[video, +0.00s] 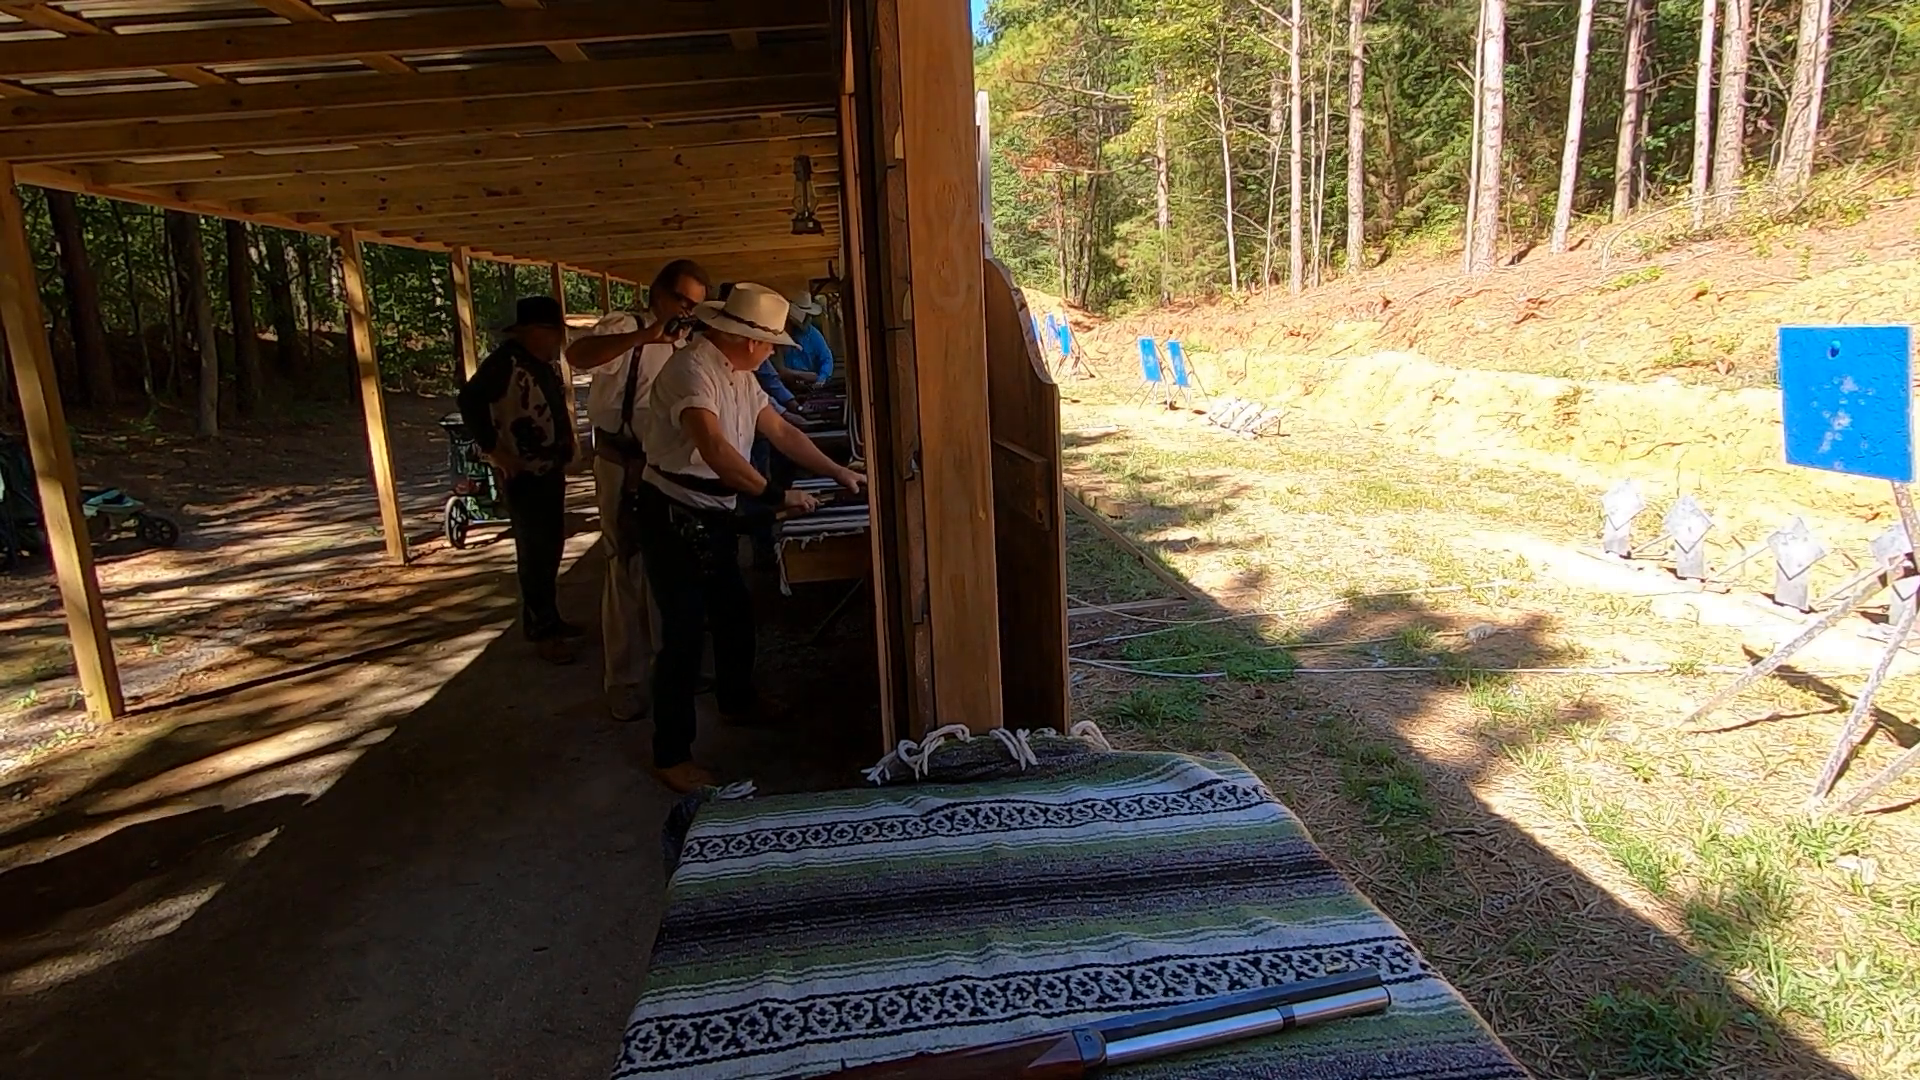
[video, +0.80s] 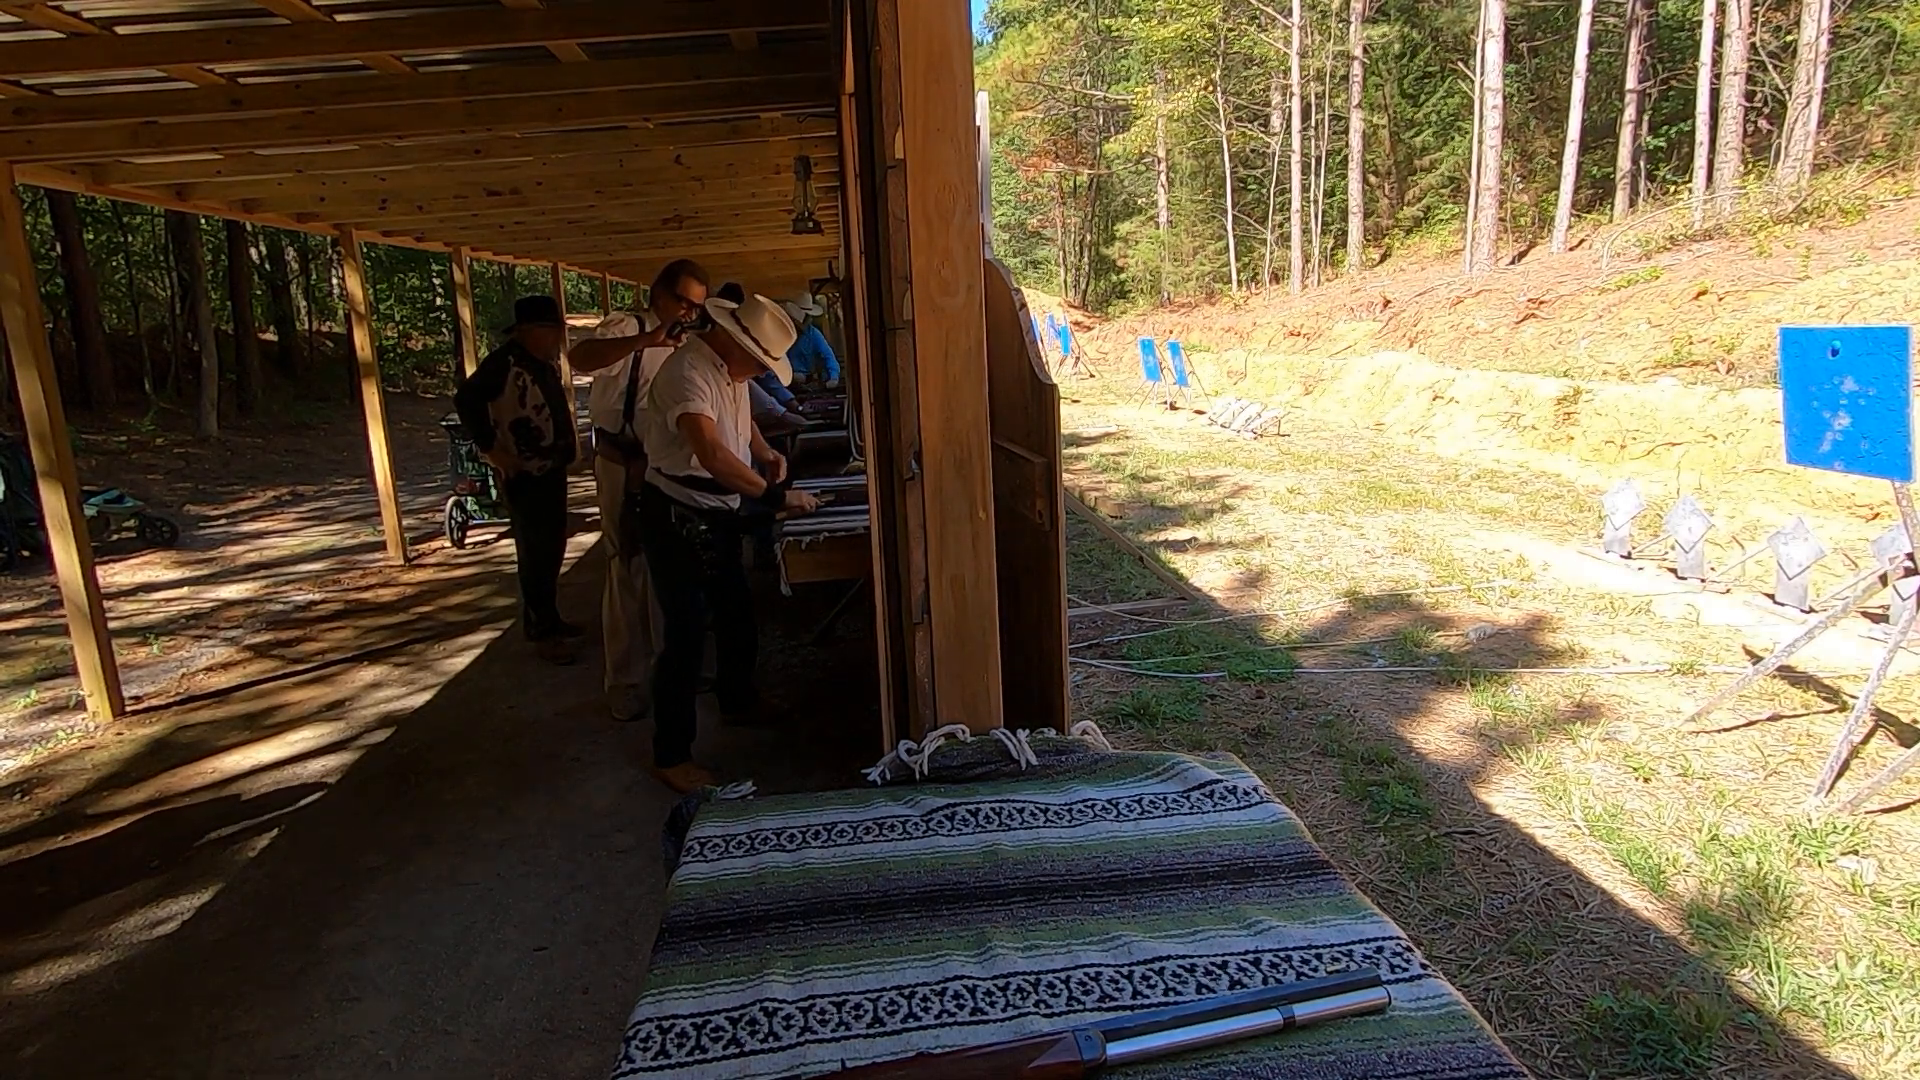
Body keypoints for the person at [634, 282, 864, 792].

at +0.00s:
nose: (771, 354)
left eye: (773, 346)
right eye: (770, 345)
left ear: (744, 340)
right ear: (750, 341)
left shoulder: (742, 375)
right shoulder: (690, 367)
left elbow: (780, 430)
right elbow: (711, 446)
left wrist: (838, 470)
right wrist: (774, 493)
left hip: (716, 514)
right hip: (670, 514)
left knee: (734, 613)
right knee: (685, 632)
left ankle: (739, 704)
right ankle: (671, 756)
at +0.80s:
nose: (758, 373)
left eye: (762, 366)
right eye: (757, 364)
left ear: (744, 346)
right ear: (734, 344)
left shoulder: (731, 370)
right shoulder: (687, 372)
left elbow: (743, 425)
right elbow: (709, 453)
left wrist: (765, 453)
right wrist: (775, 495)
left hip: (721, 512)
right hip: (676, 514)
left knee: (736, 615)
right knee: (685, 634)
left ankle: (740, 706)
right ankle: (671, 756)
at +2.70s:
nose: (752, 372)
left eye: (755, 365)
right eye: (750, 363)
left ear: (725, 348)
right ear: (724, 348)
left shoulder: (718, 377)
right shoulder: (681, 377)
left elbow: (722, 444)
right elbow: (707, 459)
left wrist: (749, 466)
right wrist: (778, 495)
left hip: (716, 516)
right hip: (673, 520)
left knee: (739, 615)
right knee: (689, 636)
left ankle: (739, 708)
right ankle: (672, 757)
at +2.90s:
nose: (753, 373)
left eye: (757, 366)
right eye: (752, 364)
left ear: (725, 349)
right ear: (727, 350)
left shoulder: (718, 378)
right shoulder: (682, 378)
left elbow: (723, 443)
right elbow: (706, 459)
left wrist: (748, 466)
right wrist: (777, 496)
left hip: (716, 516)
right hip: (673, 520)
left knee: (740, 614)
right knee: (689, 636)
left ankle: (739, 708)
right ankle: (672, 758)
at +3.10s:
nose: (756, 374)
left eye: (759, 367)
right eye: (753, 365)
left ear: (726, 349)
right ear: (728, 349)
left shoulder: (720, 378)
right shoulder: (683, 377)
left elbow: (725, 443)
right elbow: (707, 458)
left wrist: (748, 466)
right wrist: (778, 495)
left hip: (716, 515)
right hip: (672, 519)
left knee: (740, 614)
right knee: (688, 636)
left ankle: (739, 708)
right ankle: (672, 757)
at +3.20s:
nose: (756, 374)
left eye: (760, 367)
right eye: (754, 364)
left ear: (726, 348)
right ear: (729, 348)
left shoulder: (719, 377)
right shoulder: (685, 377)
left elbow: (723, 443)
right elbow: (707, 458)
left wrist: (746, 465)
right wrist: (777, 495)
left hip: (716, 516)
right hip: (673, 520)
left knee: (740, 614)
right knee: (688, 636)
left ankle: (739, 708)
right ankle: (672, 757)